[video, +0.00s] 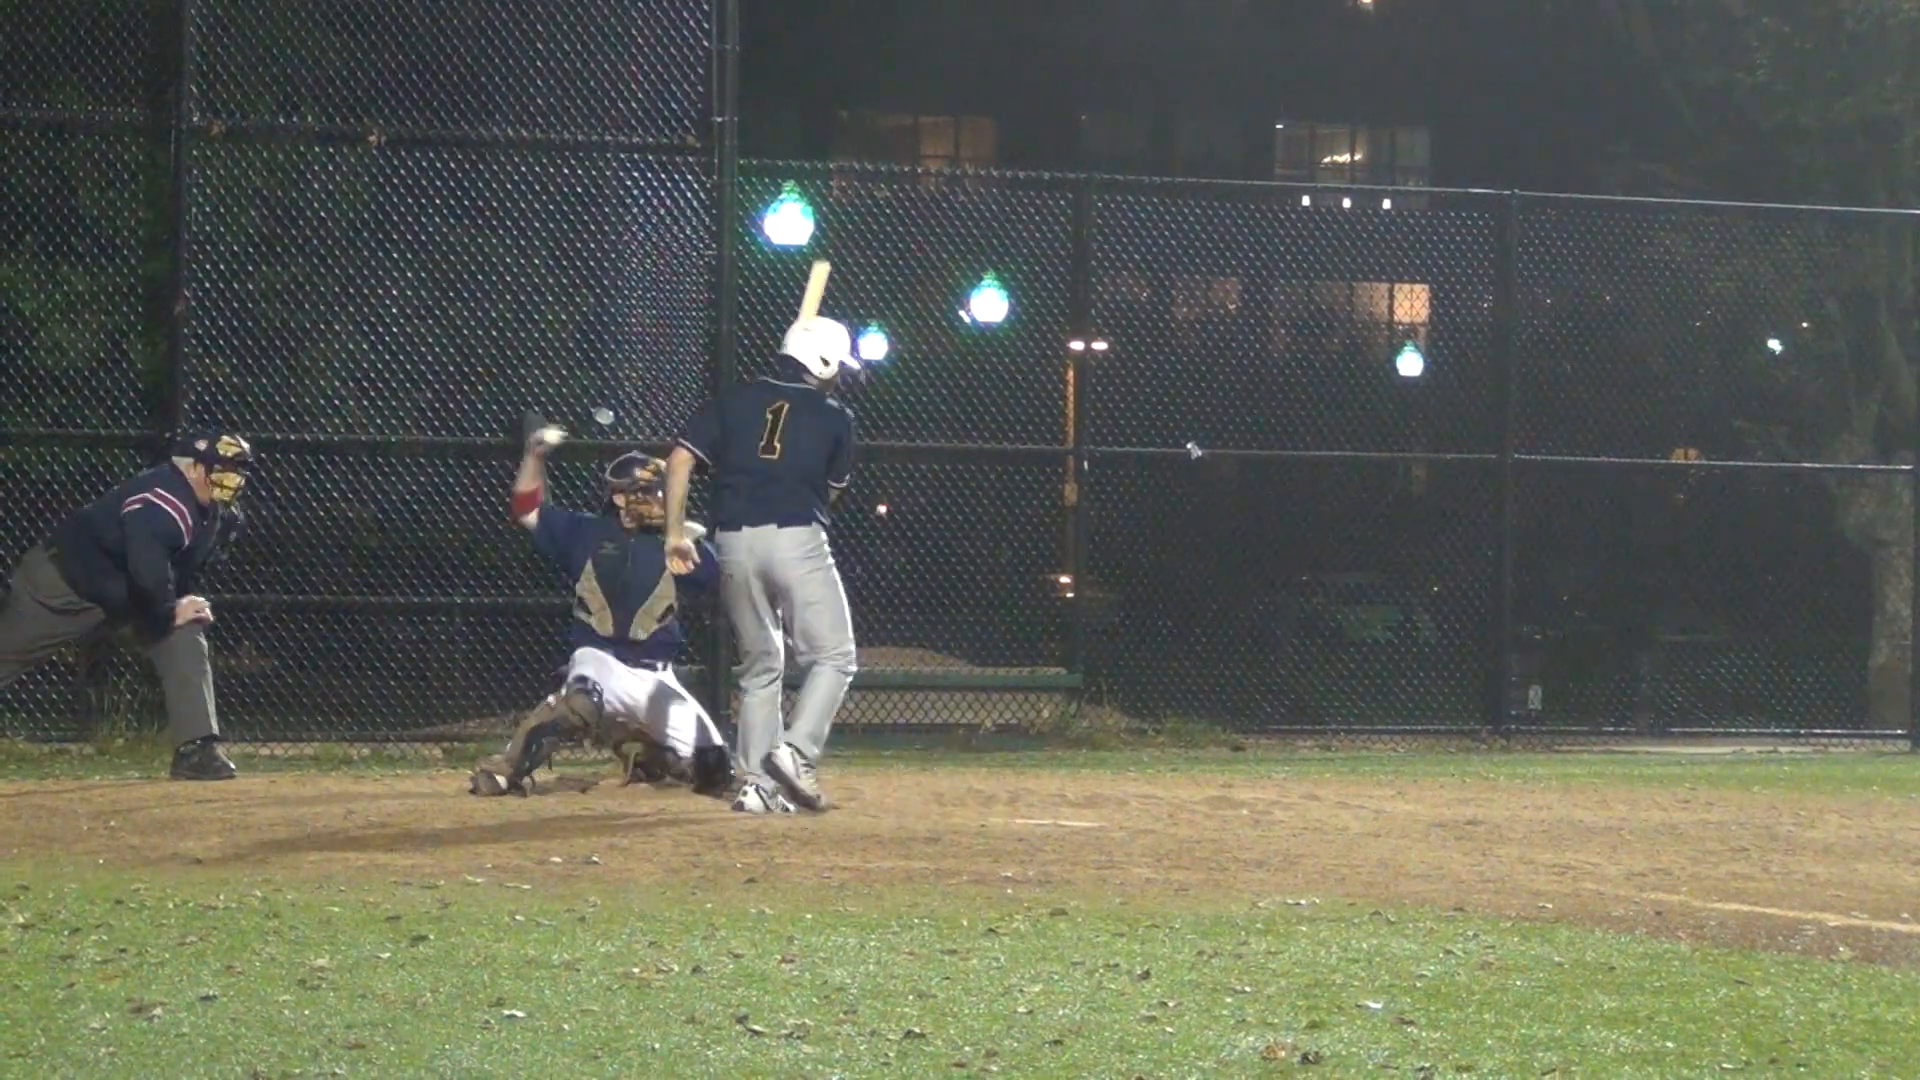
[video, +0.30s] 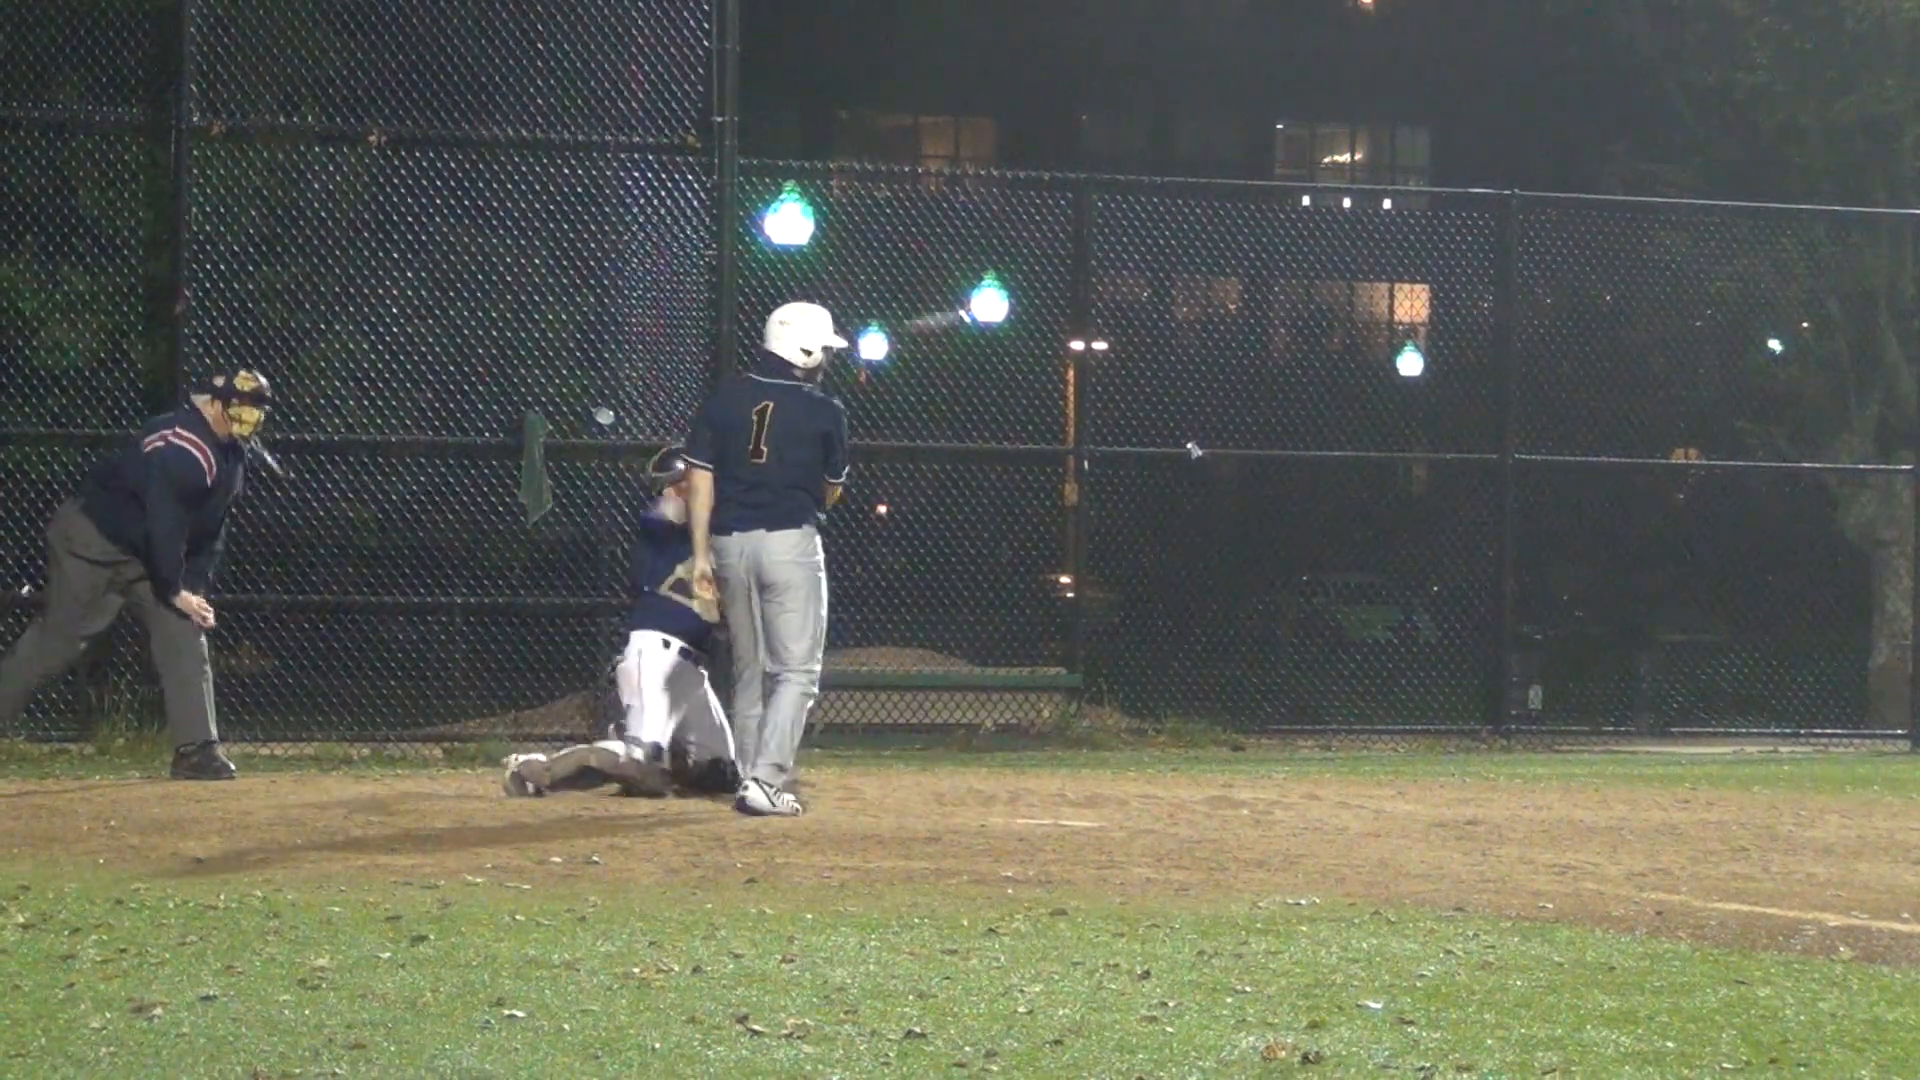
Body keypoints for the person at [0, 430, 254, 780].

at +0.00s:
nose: (231, 482)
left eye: (235, 474)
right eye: (222, 472)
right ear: (194, 469)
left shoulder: (206, 508)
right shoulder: (163, 495)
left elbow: (185, 570)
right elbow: (147, 568)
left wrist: (184, 605)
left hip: (122, 593)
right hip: (65, 581)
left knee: (184, 640)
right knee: (5, 663)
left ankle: (196, 747)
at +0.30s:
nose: (246, 418)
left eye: (252, 411)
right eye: (239, 408)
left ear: (258, 415)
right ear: (216, 406)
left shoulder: (228, 457)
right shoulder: (182, 449)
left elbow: (210, 534)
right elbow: (164, 522)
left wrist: (195, 591)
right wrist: (172, 589)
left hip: (144, 554)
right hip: (91, 538)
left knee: (183, 636)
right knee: (59, 640)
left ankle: (195, 747)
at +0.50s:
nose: (217, 377)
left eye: (222, 369)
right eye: (207, 368)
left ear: (227, 372)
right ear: (181, 366)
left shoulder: (210, 422)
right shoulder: (154, 415)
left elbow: (200, 503)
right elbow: (125, 488)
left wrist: (188, 565)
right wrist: (141, 555)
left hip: (147, 530)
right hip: (92, 523)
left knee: (177, 620)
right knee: (107, 627)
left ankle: (196, 748)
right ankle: (62, 749)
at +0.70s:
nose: (164, 363)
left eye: (170, 355)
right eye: (155, 354)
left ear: (177, 357)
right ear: (130, 350)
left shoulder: (160, 402)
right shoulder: (107, 399)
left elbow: (153, 483)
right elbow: (82, 475)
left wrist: (161, 546)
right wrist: (98, 542)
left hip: (139, 536)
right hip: (87, 533)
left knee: (164, 637)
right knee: (86, 643)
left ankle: (192, 747)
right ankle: (59, 754)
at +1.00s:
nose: (119, 351)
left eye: (126, 343)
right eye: (110, 341)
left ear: (134, 347)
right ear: (85, 340)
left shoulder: (127, 389)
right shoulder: (66, 385)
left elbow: (119, 459)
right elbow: (31, 458)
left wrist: (124, 515)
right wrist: (31, 526)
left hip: (119, 528)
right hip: (74, 525)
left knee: (151, 618)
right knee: (65, 633)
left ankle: (133, 740)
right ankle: (57, 753)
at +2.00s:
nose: (121, 356)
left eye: (125, 348)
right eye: (113, 346)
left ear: (125, 351)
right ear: (86, 344)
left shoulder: (110, 393)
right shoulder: (62, 386)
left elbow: (105, 472)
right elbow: (24, 456)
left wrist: (113, 536)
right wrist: (37, 522)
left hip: (98, 531)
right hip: (65, 527)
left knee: (82, 636)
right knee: (82, 635)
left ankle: (64, 744)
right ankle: (60, 747)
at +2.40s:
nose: (117, 354)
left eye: (122, 346)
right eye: (108, 344)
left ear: (126, 347)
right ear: (82, 343)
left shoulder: (113, 390)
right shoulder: (59, 388)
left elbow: (111, 459)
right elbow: (25, 462)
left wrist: (117, 513)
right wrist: (65, 508)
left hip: (106, 527)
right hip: (60, 526)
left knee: (86, 632)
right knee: (84, 632)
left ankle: (63, 745)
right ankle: (70, 748)